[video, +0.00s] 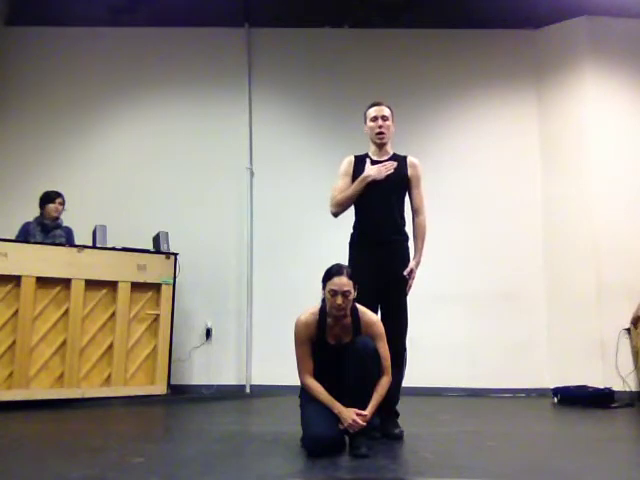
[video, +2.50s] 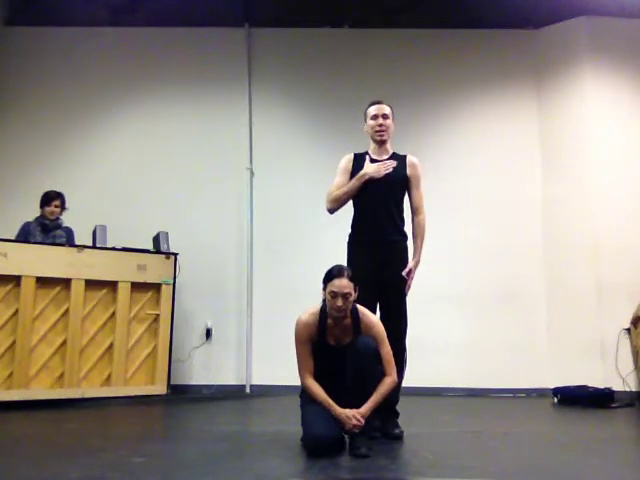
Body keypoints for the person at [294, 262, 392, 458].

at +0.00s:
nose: (339, 302)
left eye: (346, 295)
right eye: (333, 294)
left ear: (354, 294)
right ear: (323, 292)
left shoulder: (371, 323)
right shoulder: (306, 324)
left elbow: (386, 375)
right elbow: (306, 378)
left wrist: (366, 413)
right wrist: (341, 411)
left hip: (355, 392)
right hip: (320, 393)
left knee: (365, 347)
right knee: (321, 445)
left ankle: (359, 432)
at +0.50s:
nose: (340, 302)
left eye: (347, 295)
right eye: (333, 294)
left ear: (355, 293)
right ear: (324, 292)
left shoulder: (371, 323)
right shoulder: (306, 324)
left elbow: (386, 375)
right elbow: (306, 378)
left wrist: (367, 413)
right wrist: (341, 411)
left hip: (355, 392)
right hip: (320, 393)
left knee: (365, 347)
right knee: (321, 445)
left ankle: (359, 432)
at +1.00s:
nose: (340, 302)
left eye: (347, 295)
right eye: (334, 295)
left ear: (356, 294)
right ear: (325, 292)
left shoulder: (372, 323)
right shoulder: (307, 323)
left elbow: (387, 375)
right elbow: (306, 378)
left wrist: (367, 413)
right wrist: (341, 411)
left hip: (355, 393)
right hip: (321, 393)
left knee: (365, 347)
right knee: (322, 444)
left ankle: (360, 432)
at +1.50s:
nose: (340, 302)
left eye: (347, 295)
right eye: (334, 295)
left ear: (356, 294)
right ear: (325, 292)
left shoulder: (371, 323)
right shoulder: (307, 323)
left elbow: (387, 375)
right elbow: (306, 378)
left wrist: (366, 413)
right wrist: (341, 411)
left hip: (356, 393)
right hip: (321, 394)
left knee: (365, 347)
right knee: (322, 444)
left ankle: (360, 433)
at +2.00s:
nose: (340, 303)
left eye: (346, 296)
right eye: (334, 296)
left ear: (355, 295)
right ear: (324, 293)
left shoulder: (370, 323)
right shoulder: (307, 324)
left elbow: (393, 375)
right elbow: (306, 379)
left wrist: (368, 408)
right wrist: (338, 412)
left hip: (356, 394)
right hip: (321, 395)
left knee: (365, 347)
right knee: (321, 445)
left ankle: (360, 434)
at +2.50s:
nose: (339, 304)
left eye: (346, 297)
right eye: (333, 296)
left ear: (355, 295)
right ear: (324, 293)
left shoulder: (370, 323)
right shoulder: (307, 324)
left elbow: (391, 377)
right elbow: (306, 379)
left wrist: (362, 414)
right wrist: (338, 413)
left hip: (356, 393)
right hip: (321, 396)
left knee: (365, 346)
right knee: (320, 445)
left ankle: (360, 434)